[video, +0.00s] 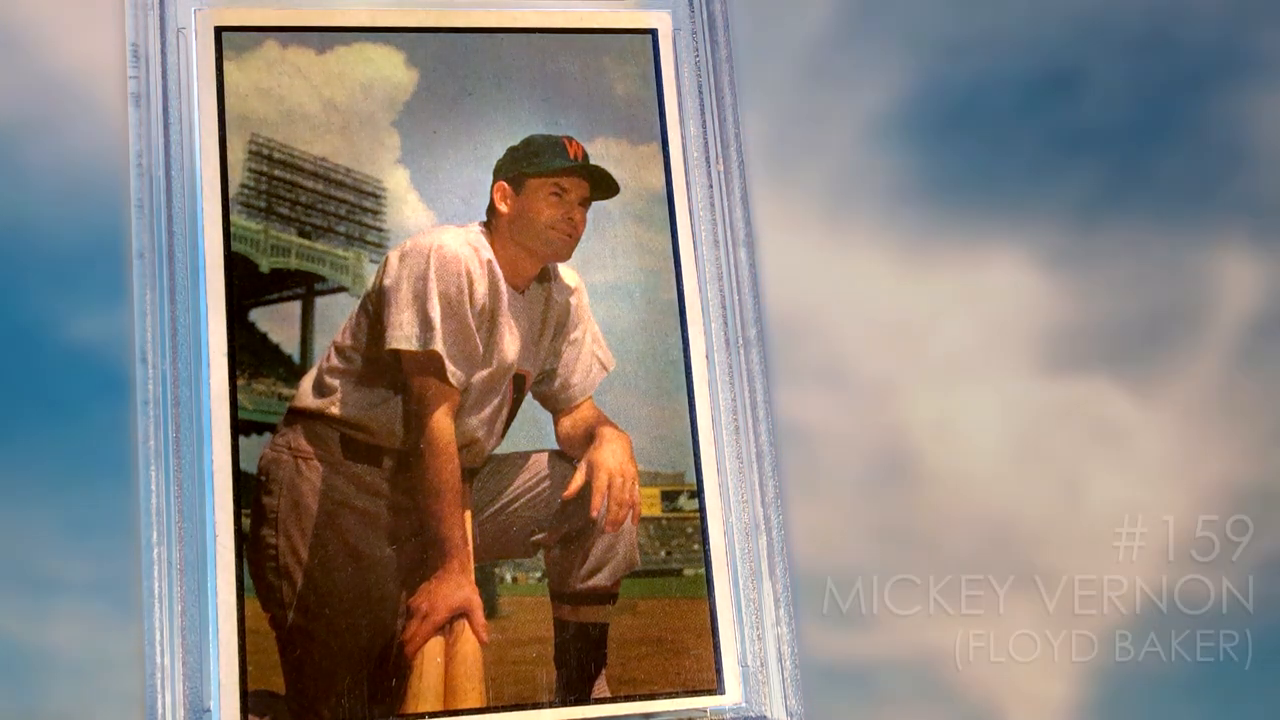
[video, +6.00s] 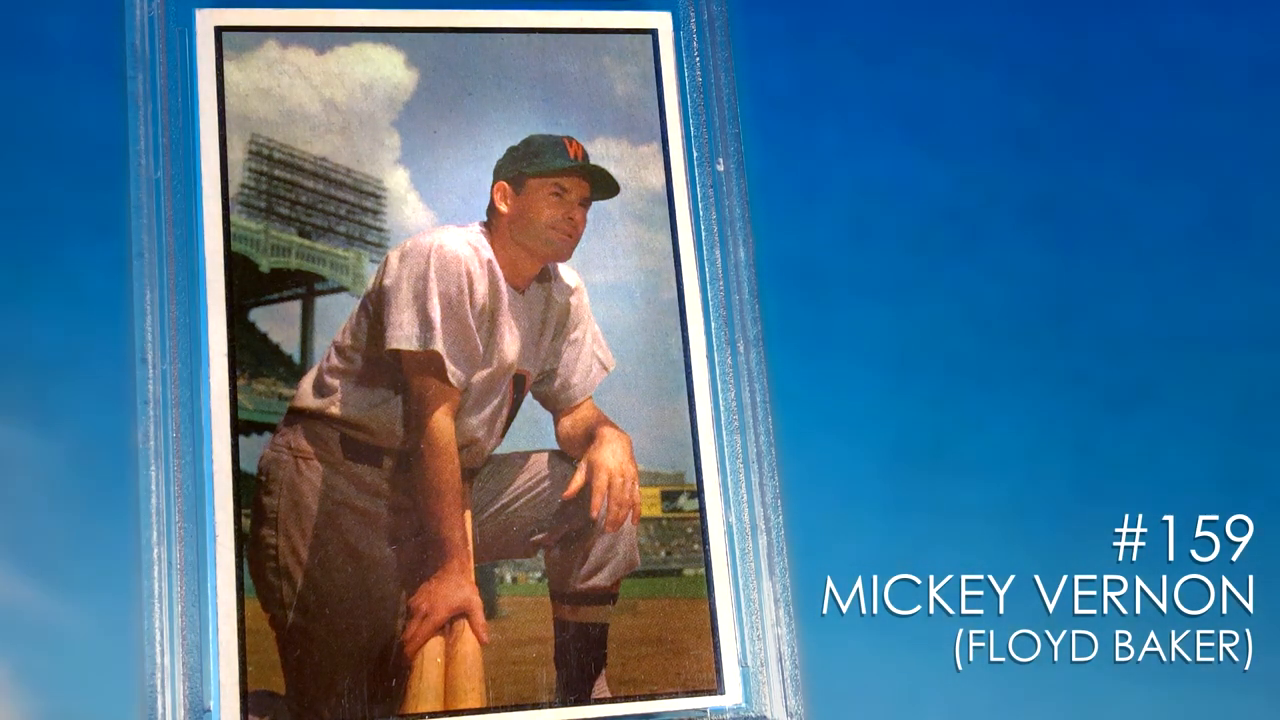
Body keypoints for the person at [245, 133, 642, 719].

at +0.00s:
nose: (576, 215)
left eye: (584, 203)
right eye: (557, 194)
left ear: (587, 217)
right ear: (504, 197)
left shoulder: (560, 295)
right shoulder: (442, 256)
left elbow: (575, 417)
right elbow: (432, 420)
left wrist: (609, 434)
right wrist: (454, 566)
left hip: (439, 485)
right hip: (334, 478)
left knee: (594, 488)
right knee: (347, 701)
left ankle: (580, 698)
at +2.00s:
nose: (576, 216)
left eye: (584, 203)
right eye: (558, 194)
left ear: (587, 217)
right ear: (505, 197)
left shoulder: (560, 296)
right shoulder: (443, 256)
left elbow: (575, 416)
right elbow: (432, 420)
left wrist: (609, 434)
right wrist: (454, 566)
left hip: (439, 487)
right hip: (334, 480)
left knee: (593, 488)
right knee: (349, 703)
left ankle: (580, 698)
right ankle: (243, 707)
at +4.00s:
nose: (577, 215)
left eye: (584, 203)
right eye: (559, 193)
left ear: (586, 217)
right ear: (505, 197)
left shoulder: (559, 295)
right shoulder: (442, 257)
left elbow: (575, 416)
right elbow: (431, 421)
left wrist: (609, 435)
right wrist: (454, 566)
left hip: (440, 487)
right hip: (335, 480)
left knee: (595, 488)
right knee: (347, 704)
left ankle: (580, 696)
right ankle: (236, 706)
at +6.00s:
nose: (576, 215)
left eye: (584, 203)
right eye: (558, 193)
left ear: (587, 217)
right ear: (504, 197)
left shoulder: (560, 296)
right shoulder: (441, 256)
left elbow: (575, 415)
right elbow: (432, 420)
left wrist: (609, 435)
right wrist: (454, 566)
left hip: (439, 486)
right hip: (334, 479)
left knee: (595, 488)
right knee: (348, 702)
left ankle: (581, 694)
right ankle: (237, 706)